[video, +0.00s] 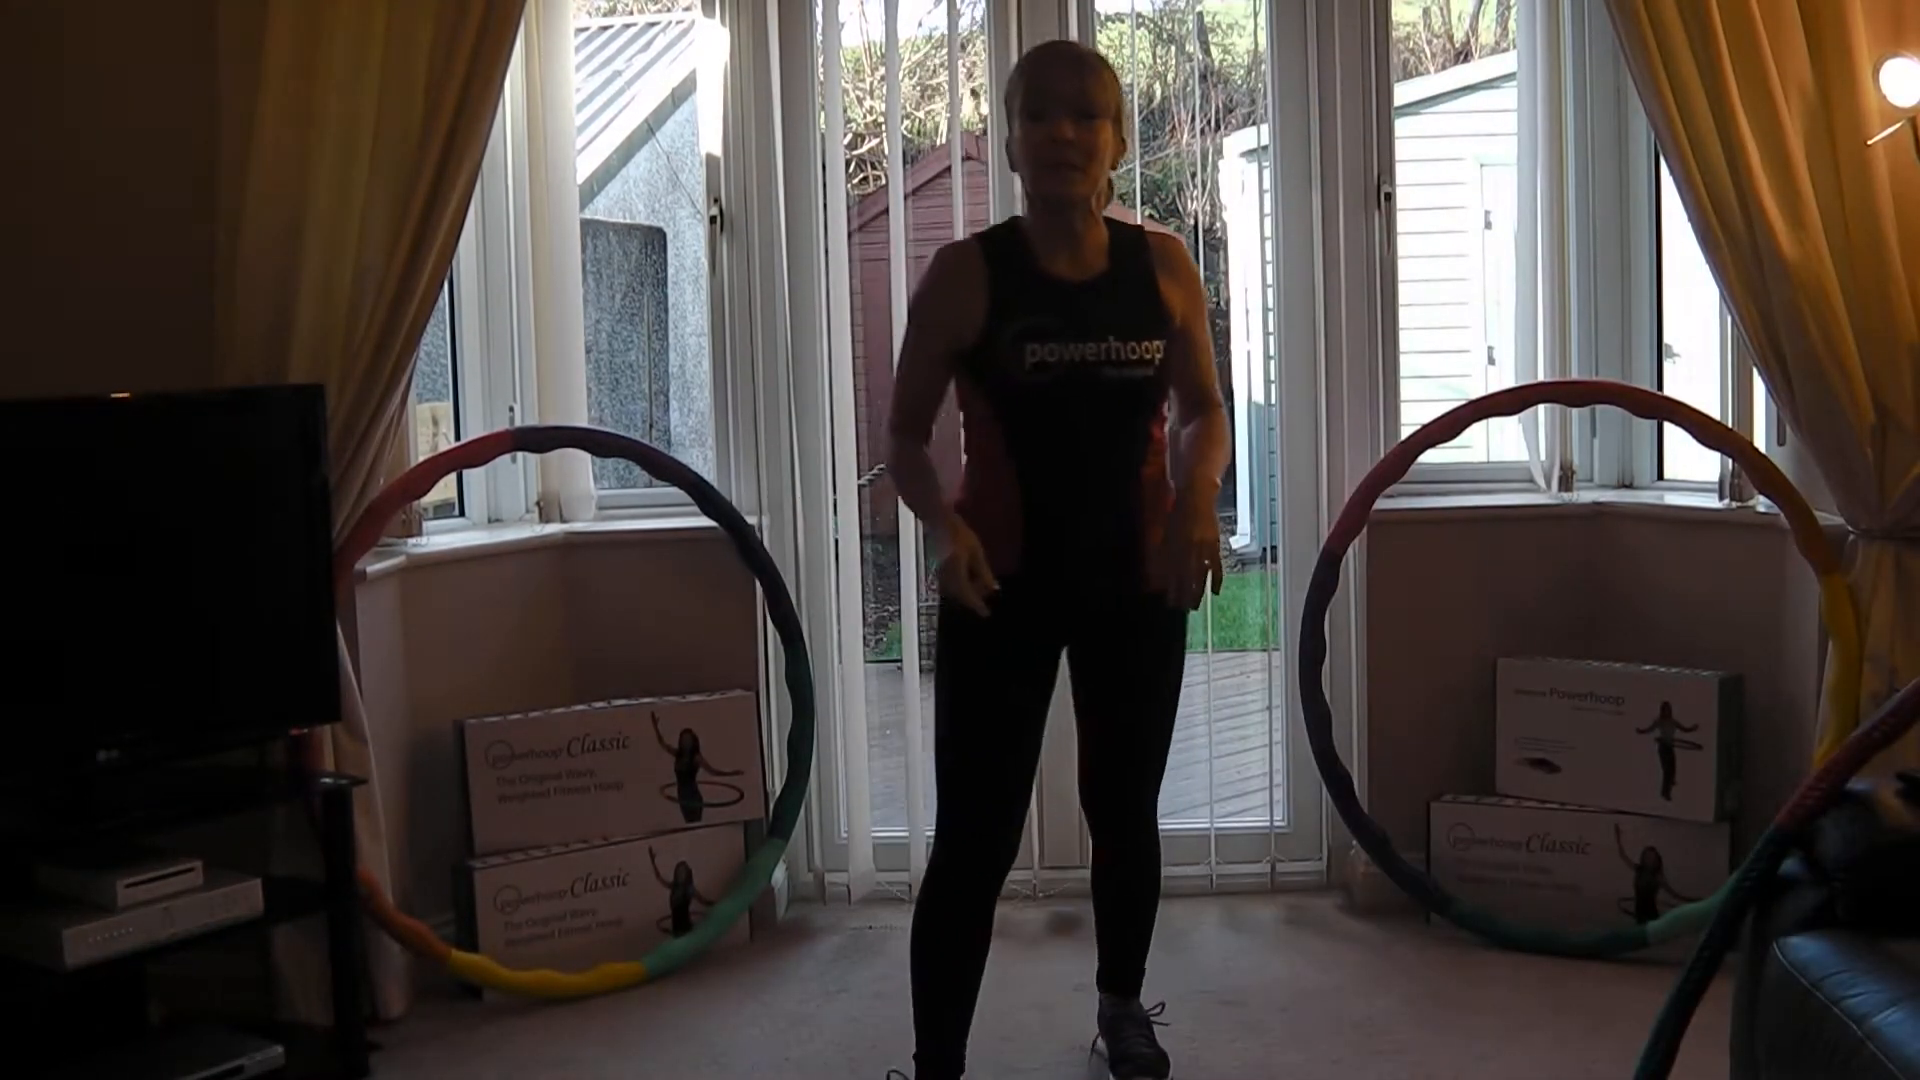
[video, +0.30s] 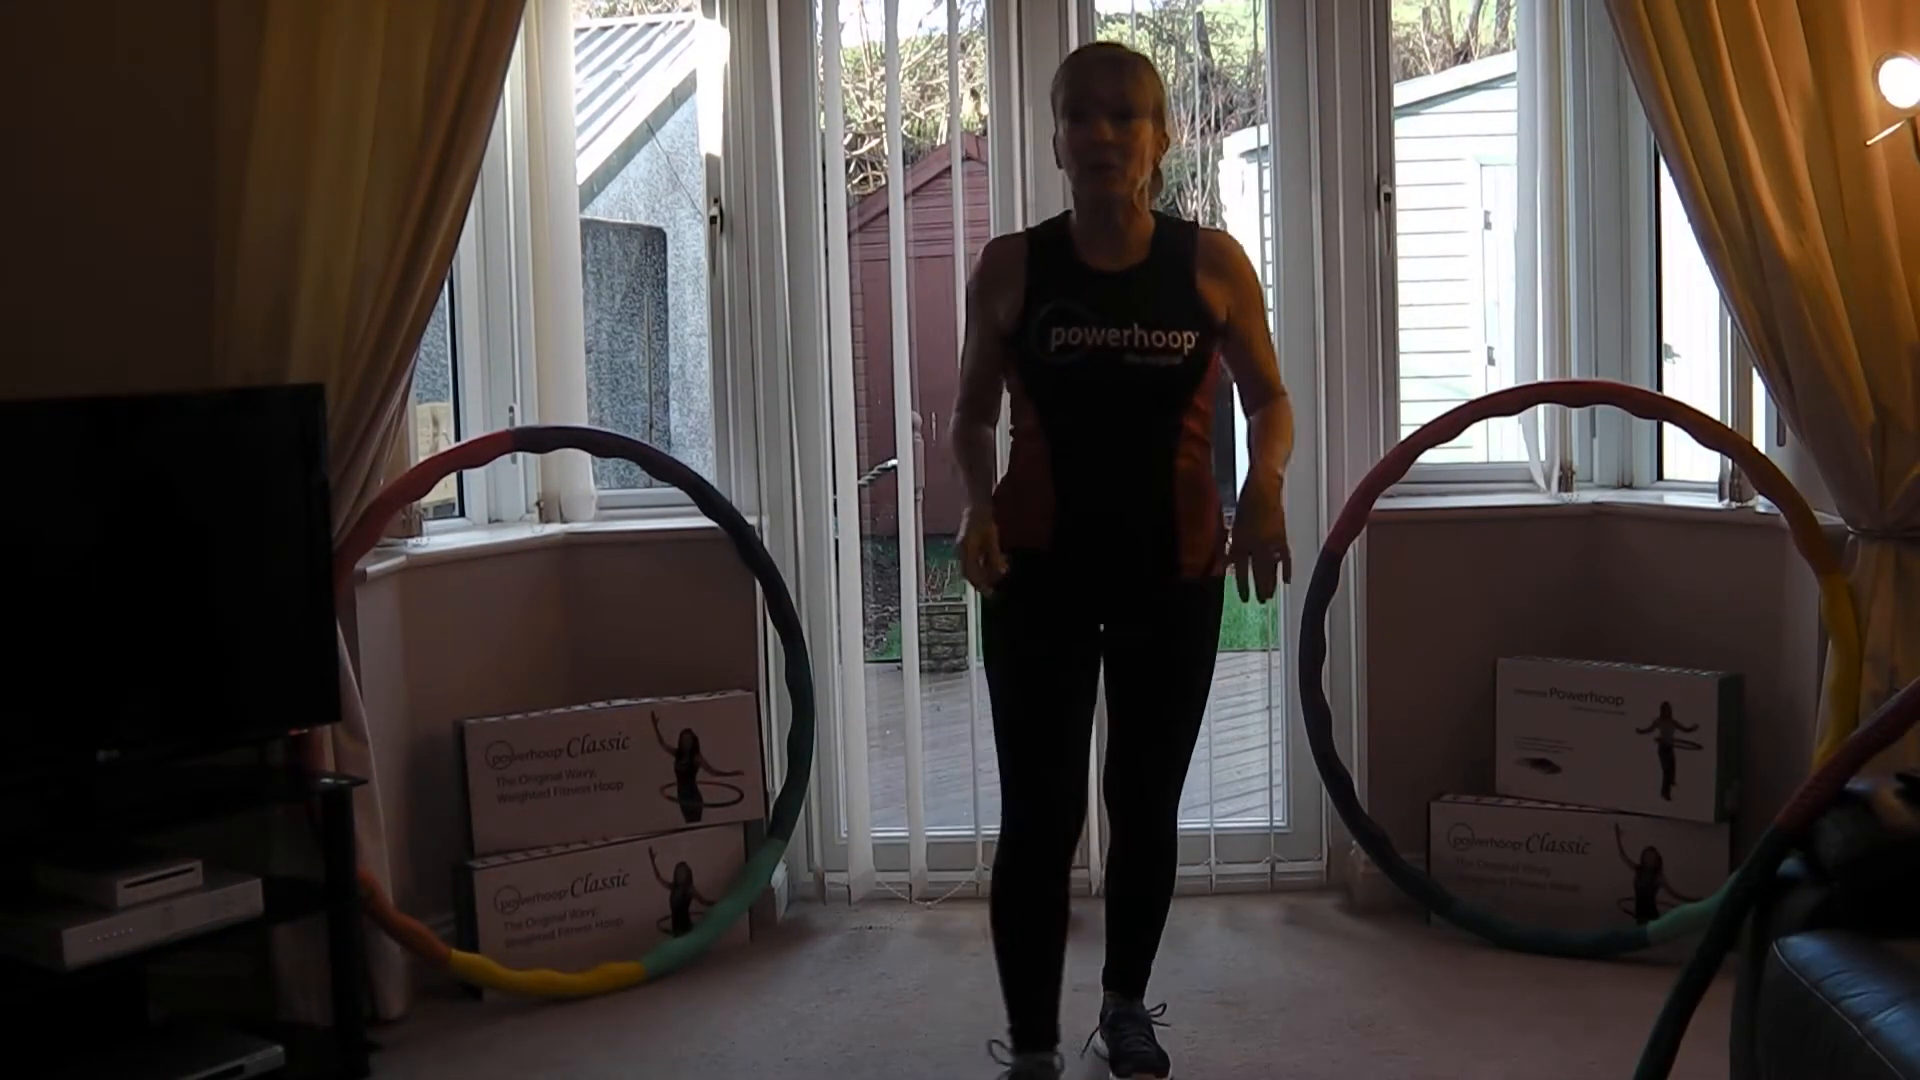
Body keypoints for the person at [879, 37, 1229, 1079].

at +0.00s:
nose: (1064, 137)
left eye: (1087, 115)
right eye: (1042, 116)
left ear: (1119, 135)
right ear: (1012, 134)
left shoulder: (1162, 262)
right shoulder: (964, 275)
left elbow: (1203, 408)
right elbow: (904, 434)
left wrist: (1196, 511)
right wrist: (944, 525)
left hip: (1135, 587)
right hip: (1001, 590)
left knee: (1127, 815)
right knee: (973, 839)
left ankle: (1124, 1010)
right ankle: (936, 1064)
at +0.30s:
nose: (1102, 134)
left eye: (1124, 115)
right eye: (1082, 115)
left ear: (1160, 134)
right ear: (1057, 134)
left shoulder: (1213, 261)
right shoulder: (1010, 267)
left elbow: (1268, 398)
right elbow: (973, 413)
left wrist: (1263, 488)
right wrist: (980, 497)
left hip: (1172, 575)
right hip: (1042, 572)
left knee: (1146, 807)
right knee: (1038, 814)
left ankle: (1126, 1004)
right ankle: (1030, 1042)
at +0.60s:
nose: (1136, 137)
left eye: (1159, 118)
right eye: (1115, 118)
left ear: (1192, 137)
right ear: (1089, 135)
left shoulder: (1239, 271)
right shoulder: (1036, 269)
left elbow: (1287, 411)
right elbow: (976, 413)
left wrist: (1306, 485)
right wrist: (965, 506)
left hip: (1196, 583)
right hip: (1062, 581)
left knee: (1158, 815)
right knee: (1096, 815)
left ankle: (1123, 1009)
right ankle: (1117, 1041)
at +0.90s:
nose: (1205, 130)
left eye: (1216, 111)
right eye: (1176, 109)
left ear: (1227, 128)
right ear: (1109, 125)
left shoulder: (1258, 259)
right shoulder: (1051, 270)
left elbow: (1299, 417)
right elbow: (991, 439)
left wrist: (1356, 482)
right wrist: (1034, 526)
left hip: (1231, 602)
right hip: (1097, 605)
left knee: (1223, 856)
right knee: (1125, 865)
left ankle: (1136, 992)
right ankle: (1139, 1073)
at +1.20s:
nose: (1215, 92)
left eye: (1238, 71)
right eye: (1187, 72)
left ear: (1270, 96)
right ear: (1147, 98)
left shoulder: (1315, 248)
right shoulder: (1096, 250)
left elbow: (1399, 399)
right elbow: (1018, 431)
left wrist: (1512, 447)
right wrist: (1081, 512)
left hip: (1295, 594)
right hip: (1143, 599)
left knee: (1377, 874)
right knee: (1143, 888)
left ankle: (1408, 1078)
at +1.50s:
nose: (1357, 83)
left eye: (1379, 59)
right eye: (1330, 64)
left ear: (1418, 78)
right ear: (1299, 88)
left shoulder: (1490, 258)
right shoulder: (1241, 244)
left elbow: (1642, 391)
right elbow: (1173, 413)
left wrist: (1813, 461)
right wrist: (1085, 550)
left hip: (1420, 615)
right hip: (1254, 607)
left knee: (1470, 912)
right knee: (1199, 893)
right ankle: (1159, 1076)